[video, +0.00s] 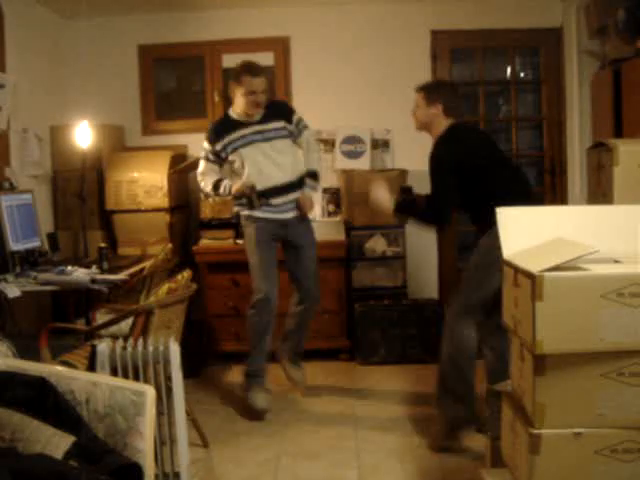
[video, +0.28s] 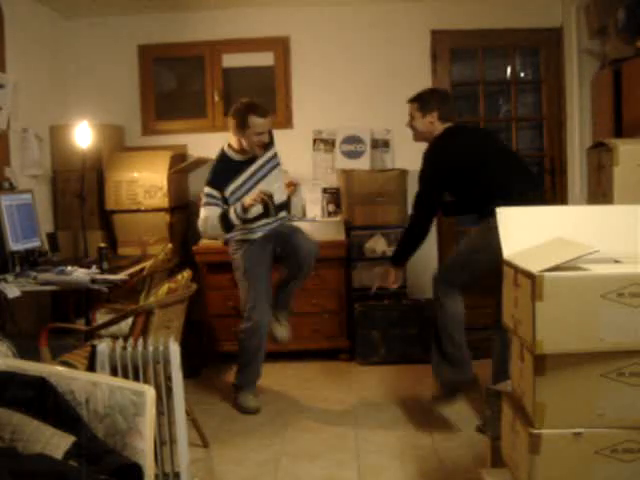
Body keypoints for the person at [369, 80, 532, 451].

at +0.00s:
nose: (413, 113)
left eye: (418, 106)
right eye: (415, 105)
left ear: (437, 109)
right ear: (440, 109)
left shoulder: (447, 148)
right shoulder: (471, 136)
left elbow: (440, 214)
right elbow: (451, 205)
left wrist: (396, 204)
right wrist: (410, 198)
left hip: (500, 232)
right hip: (524, 226)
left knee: (462, 314)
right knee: (496, 323)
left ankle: (456, 415)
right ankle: (501, 416)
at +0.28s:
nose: (409, 126)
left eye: (412, 118)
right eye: (409, 118)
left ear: (433, 117)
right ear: (439, 117)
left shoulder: (438, 152)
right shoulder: (476, 136)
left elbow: (422, 216)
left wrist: (397, 263)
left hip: (501, 223)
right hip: (535, 219)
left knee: (446, 282)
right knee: (512, 305)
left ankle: (457, 375)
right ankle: (504, 386)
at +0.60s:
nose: (411, 147)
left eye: (414, 140)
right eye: (410, 140)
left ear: (432, 138)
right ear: (438, 137)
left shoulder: (431, 175)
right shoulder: (483, 153)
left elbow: (412, 240)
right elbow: (514, 194)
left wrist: (389, 222)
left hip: (476, 244)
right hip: (516, 238)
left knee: (449, 304)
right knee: (501, 324)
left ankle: (461, 373)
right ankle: (494, 405)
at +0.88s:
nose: (401, 149)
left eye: (403, 141)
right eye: (400, 142)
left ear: (420, 138)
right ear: (427, 137)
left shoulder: (427, 170)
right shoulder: (471, 148)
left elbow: (404, 223)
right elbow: (507, 186)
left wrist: (371, 257)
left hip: (490, 238)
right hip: (527, 228)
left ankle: (479, 397)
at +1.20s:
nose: (389, 154)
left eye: (392, 147)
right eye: (387, 148)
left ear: (413, 143)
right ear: (415, 144)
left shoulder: (436, 164)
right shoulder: (444, 157)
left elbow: (444, 225)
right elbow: (441, 215)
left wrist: (398, 213)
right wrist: (399, 208)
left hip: (499, 229)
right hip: (511, 225)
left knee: (434, 249)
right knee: (485, 300)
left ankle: (455, 321)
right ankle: (489, 383)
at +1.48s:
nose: (390, 149)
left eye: (395, 141)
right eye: (389, 142)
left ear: (417, 139)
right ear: (416, 141)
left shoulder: (436, 164)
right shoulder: (436, 161)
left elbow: (415, 225)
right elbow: (415, 222)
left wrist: (368, 249)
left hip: (510, 220)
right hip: (514, 217)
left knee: (453, 273)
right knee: (490, 296)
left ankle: (464, 367)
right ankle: (499, 378)